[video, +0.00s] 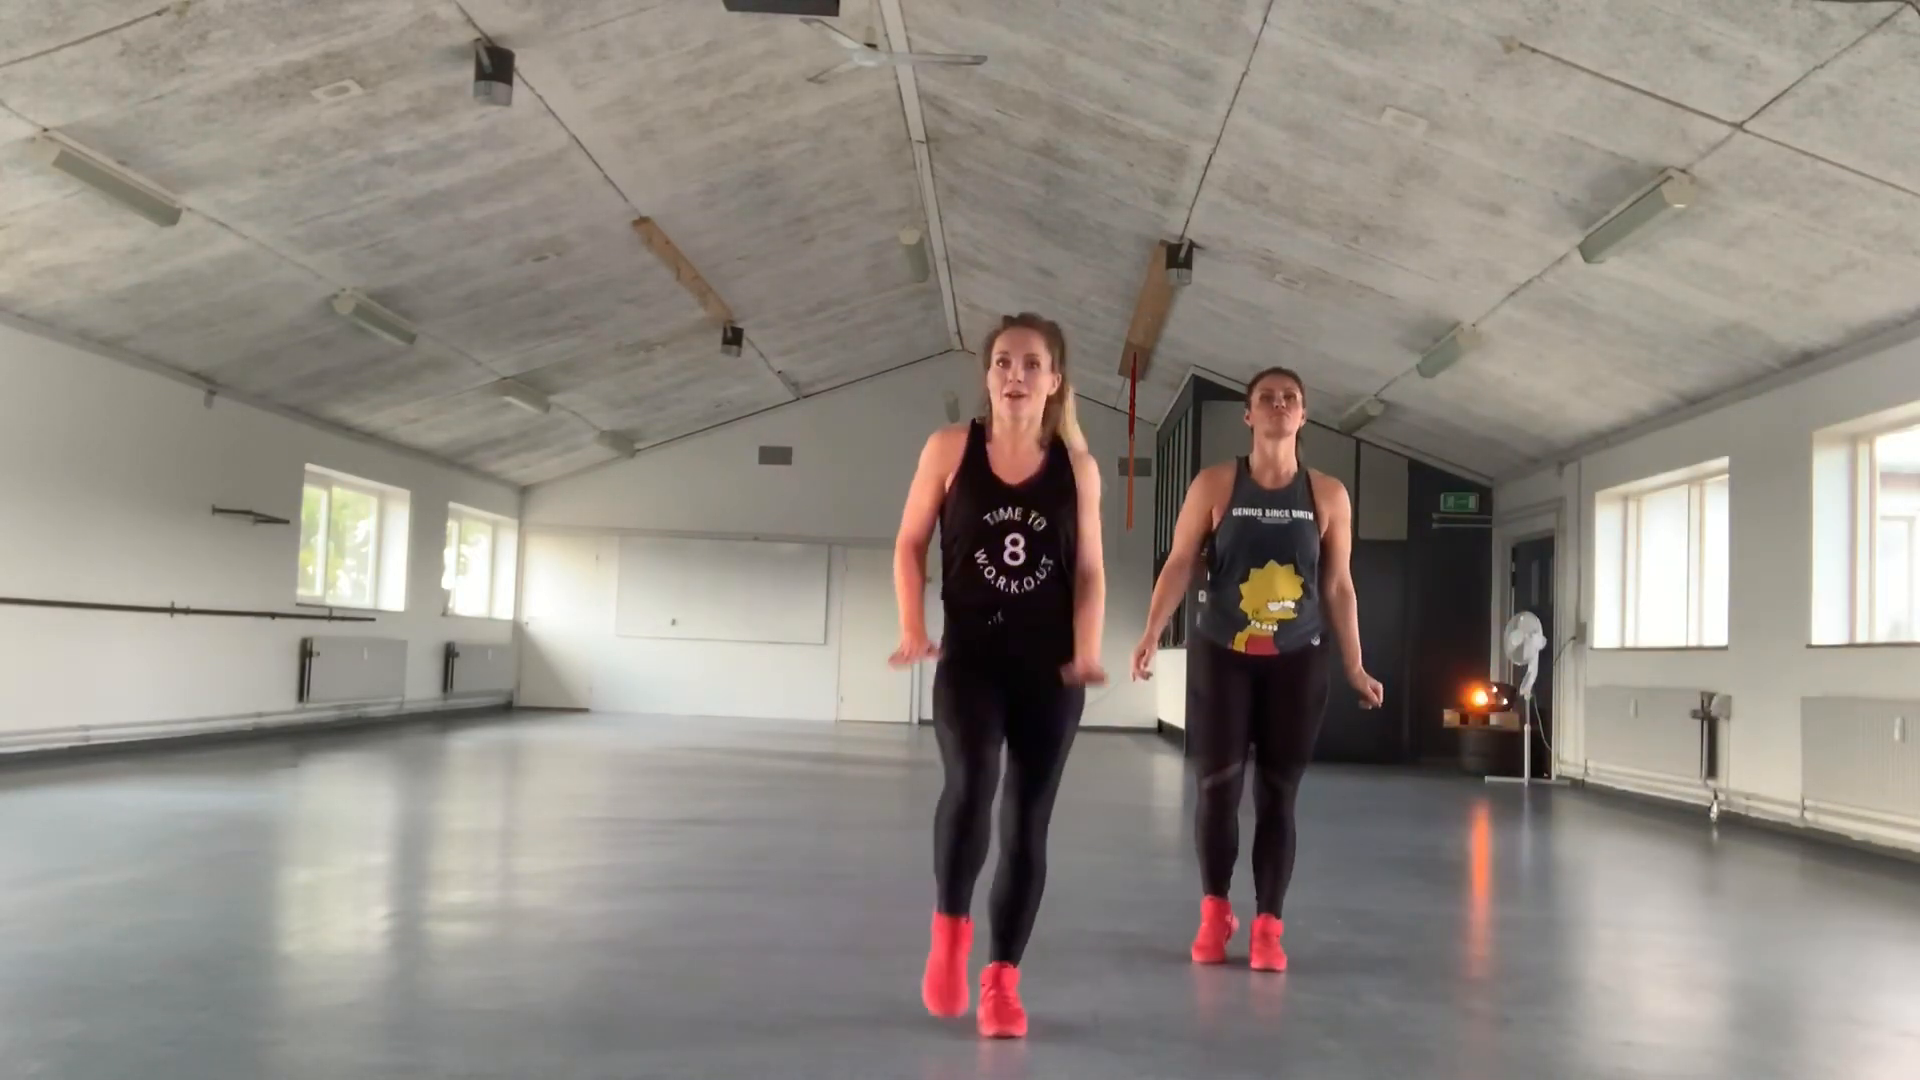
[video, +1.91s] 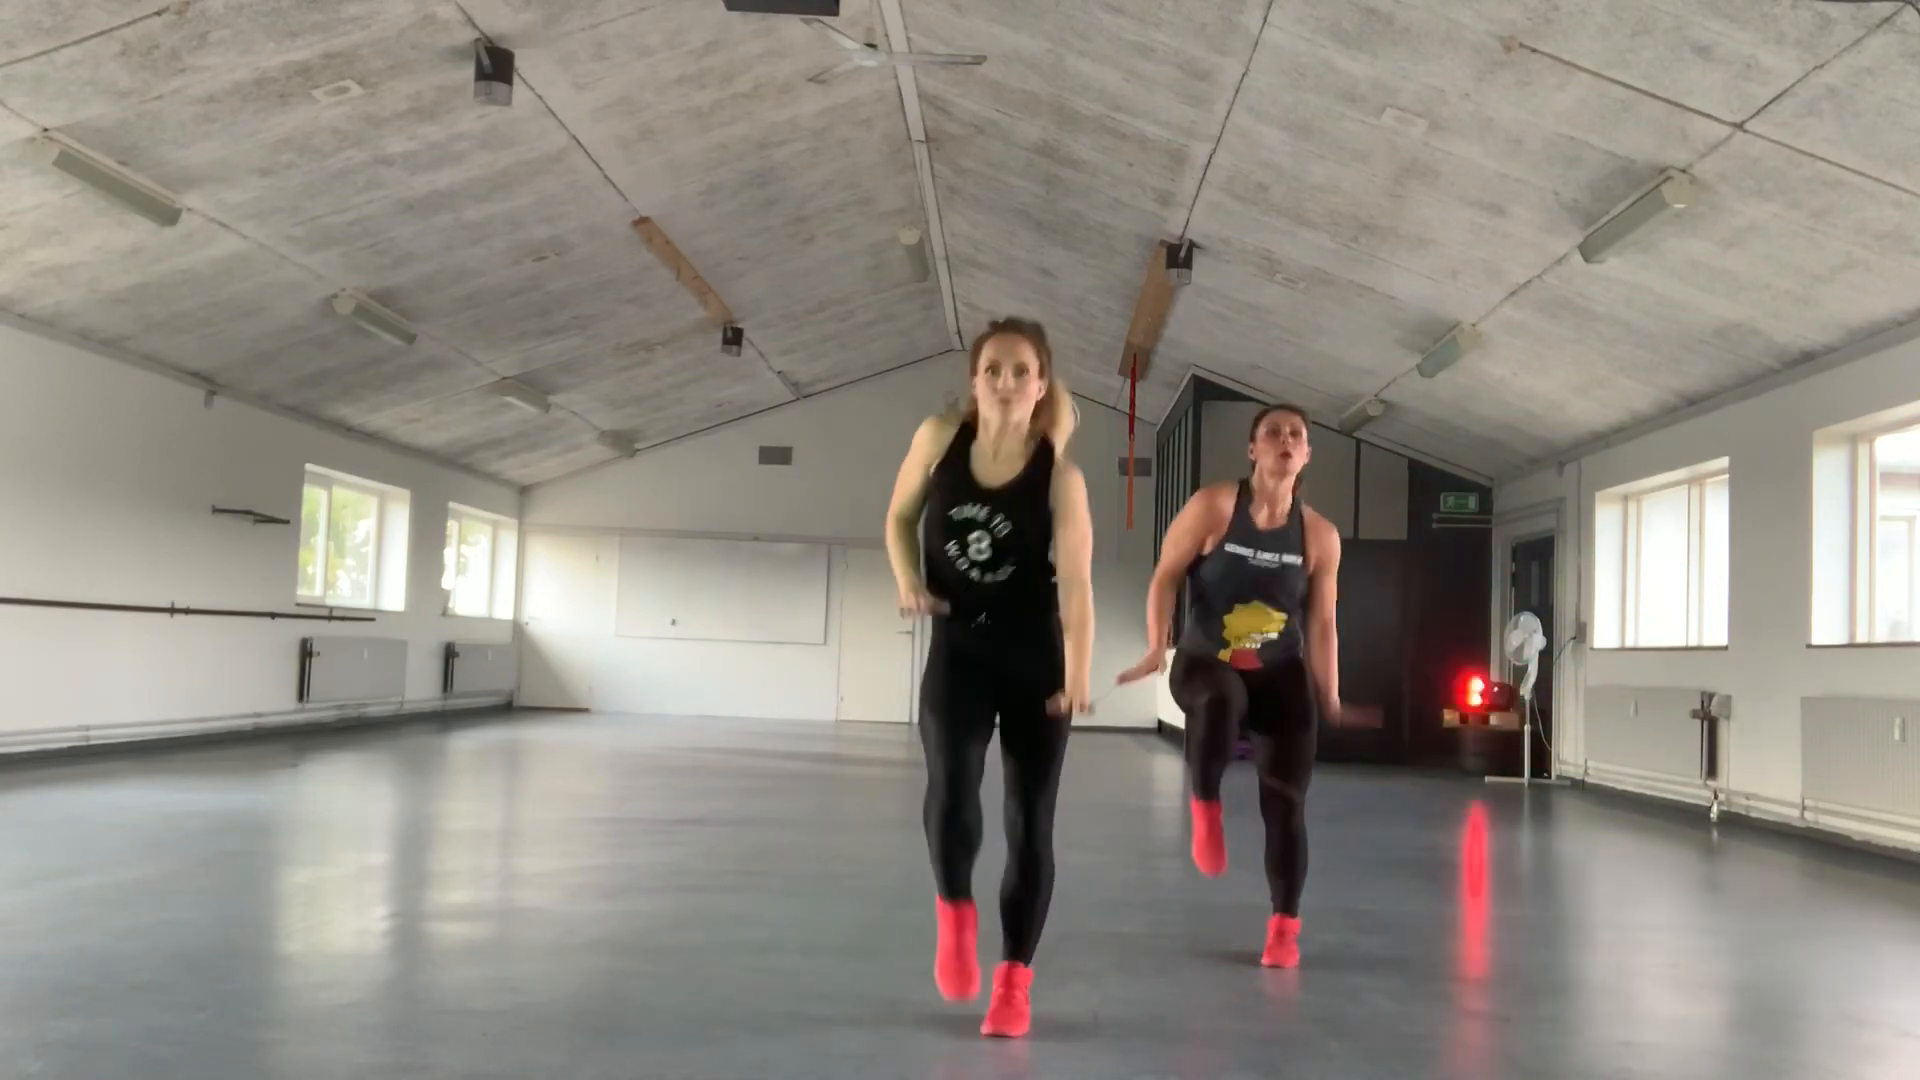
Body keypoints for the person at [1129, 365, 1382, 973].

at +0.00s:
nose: (1279, 407)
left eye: (1289, 399)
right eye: (1268, 398)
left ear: (1304, 415)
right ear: (1248, 414)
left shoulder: (1329, 495)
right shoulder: (1213, 484)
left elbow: (1339, 586)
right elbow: (1179, 563)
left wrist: (1355, 666)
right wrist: (1152, 629)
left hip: (1297, 662)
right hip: (1221, 658)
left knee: (1277, 791)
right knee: (1218, 783)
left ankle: (1268, 924)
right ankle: (1215, 909)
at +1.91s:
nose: (1286, 443)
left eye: (1296, 435)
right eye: (1275, 434)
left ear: (1307, 454)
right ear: (1253, 449)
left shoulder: (1321, 536)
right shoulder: (1211, 507)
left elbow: (1322, 624)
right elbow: (1165, 578)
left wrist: (1330, 695)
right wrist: (1157, 647)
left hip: (1281, 673)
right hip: (1209, 664)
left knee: (1284, 799)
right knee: (1221, 695)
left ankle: (1285, 922)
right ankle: (1206, 806)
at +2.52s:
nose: (1156, 408)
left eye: (1166, 401)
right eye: (1145, 399)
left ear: (1180, 418)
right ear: (1125, 412)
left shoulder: (1200, 491)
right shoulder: (1092, 474)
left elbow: (1211, 578)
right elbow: (1061, 557)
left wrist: (1213, 660)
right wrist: (1039, 638)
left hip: (1172, 655)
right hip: (1100, 649)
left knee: (1164, 785)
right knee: (1069, 731)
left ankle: (1173, 913)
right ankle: (1071, 858)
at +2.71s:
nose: (1119, 399)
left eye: (1129, 391)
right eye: (1108, 389)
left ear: (1142, 406)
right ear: (1087, 401)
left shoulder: (1164, 469)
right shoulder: (1052, 468)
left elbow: (1176, 555)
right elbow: (1027, 552)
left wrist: (1174, 634)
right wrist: (1008, 634)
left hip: (1129, 651)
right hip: (1055, 647)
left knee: (1116, 777)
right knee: (1058, 775)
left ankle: (1120, 902)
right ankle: (1053, 906)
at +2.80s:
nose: (1092, 417)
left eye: (1104, 409)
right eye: (1082, 408)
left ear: (1119, 422)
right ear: (1064, 420)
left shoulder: (1139, 501)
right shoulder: (1033, 470)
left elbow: (1151, 591)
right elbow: (1006, 550)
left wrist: (1158, 675)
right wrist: (998, 625)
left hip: (1110, 659)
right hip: (1039, 653)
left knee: (1089, 788)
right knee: (1011, 742)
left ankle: (1083, 912)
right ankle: (1021, 872)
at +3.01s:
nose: (1048, 396)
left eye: (1059, 389)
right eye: (1038, 387)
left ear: (1074, 405)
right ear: (1019, 399)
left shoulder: (1093, 484)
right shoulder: (984, 465)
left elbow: (1105, 575)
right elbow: (951, 549)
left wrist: (1090, 639)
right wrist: (930, 619)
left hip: (1060, 646)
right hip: (983, 641)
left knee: (1064, 781)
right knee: (956, 762)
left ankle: (1076, 909)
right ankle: (951, 889)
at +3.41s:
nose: (946, 402)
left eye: (957, 395)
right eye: (936, 393)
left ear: (970, 412)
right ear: (916, 405)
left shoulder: (983, 489)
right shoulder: (874, 465)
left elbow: (1034, 556)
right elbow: (783, 458)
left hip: (972, 645)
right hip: (900, 648)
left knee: (966, 775)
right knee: (833, 754)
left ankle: (982, 905)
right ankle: (808, 891)